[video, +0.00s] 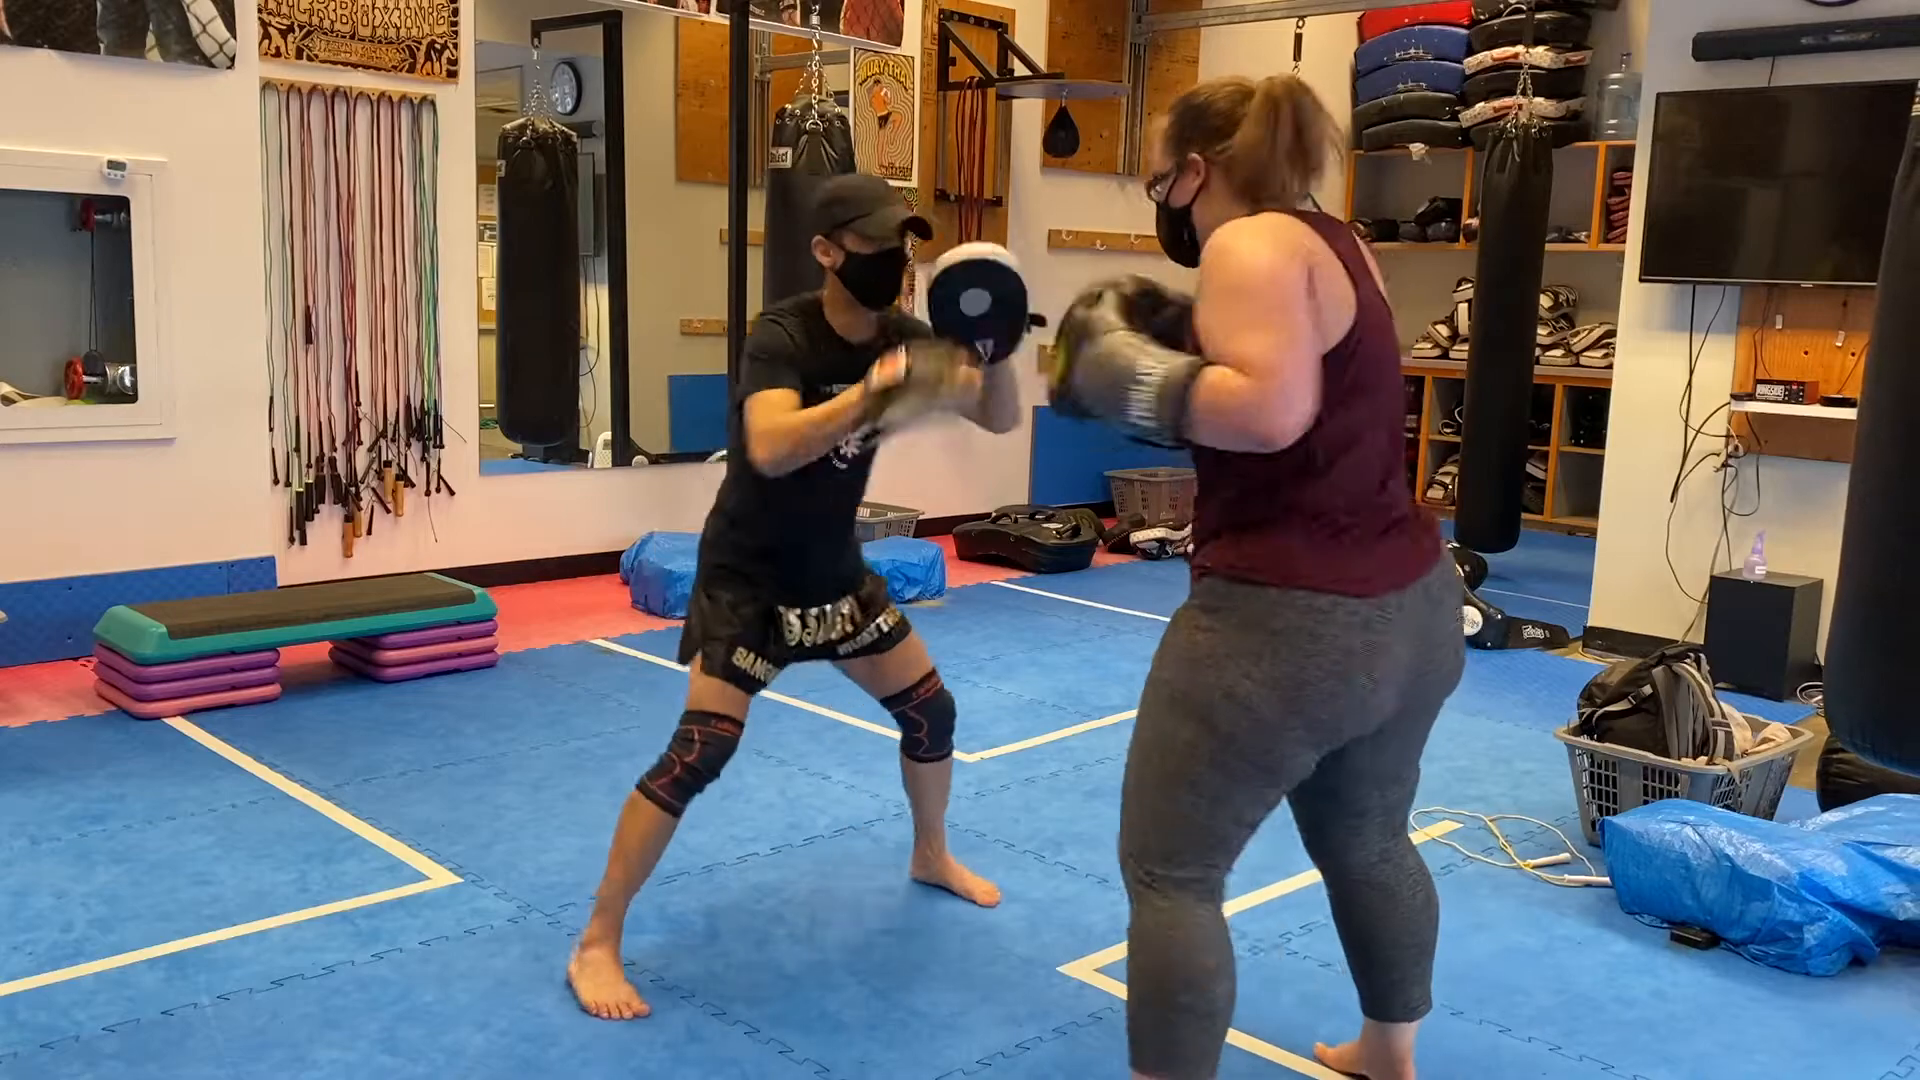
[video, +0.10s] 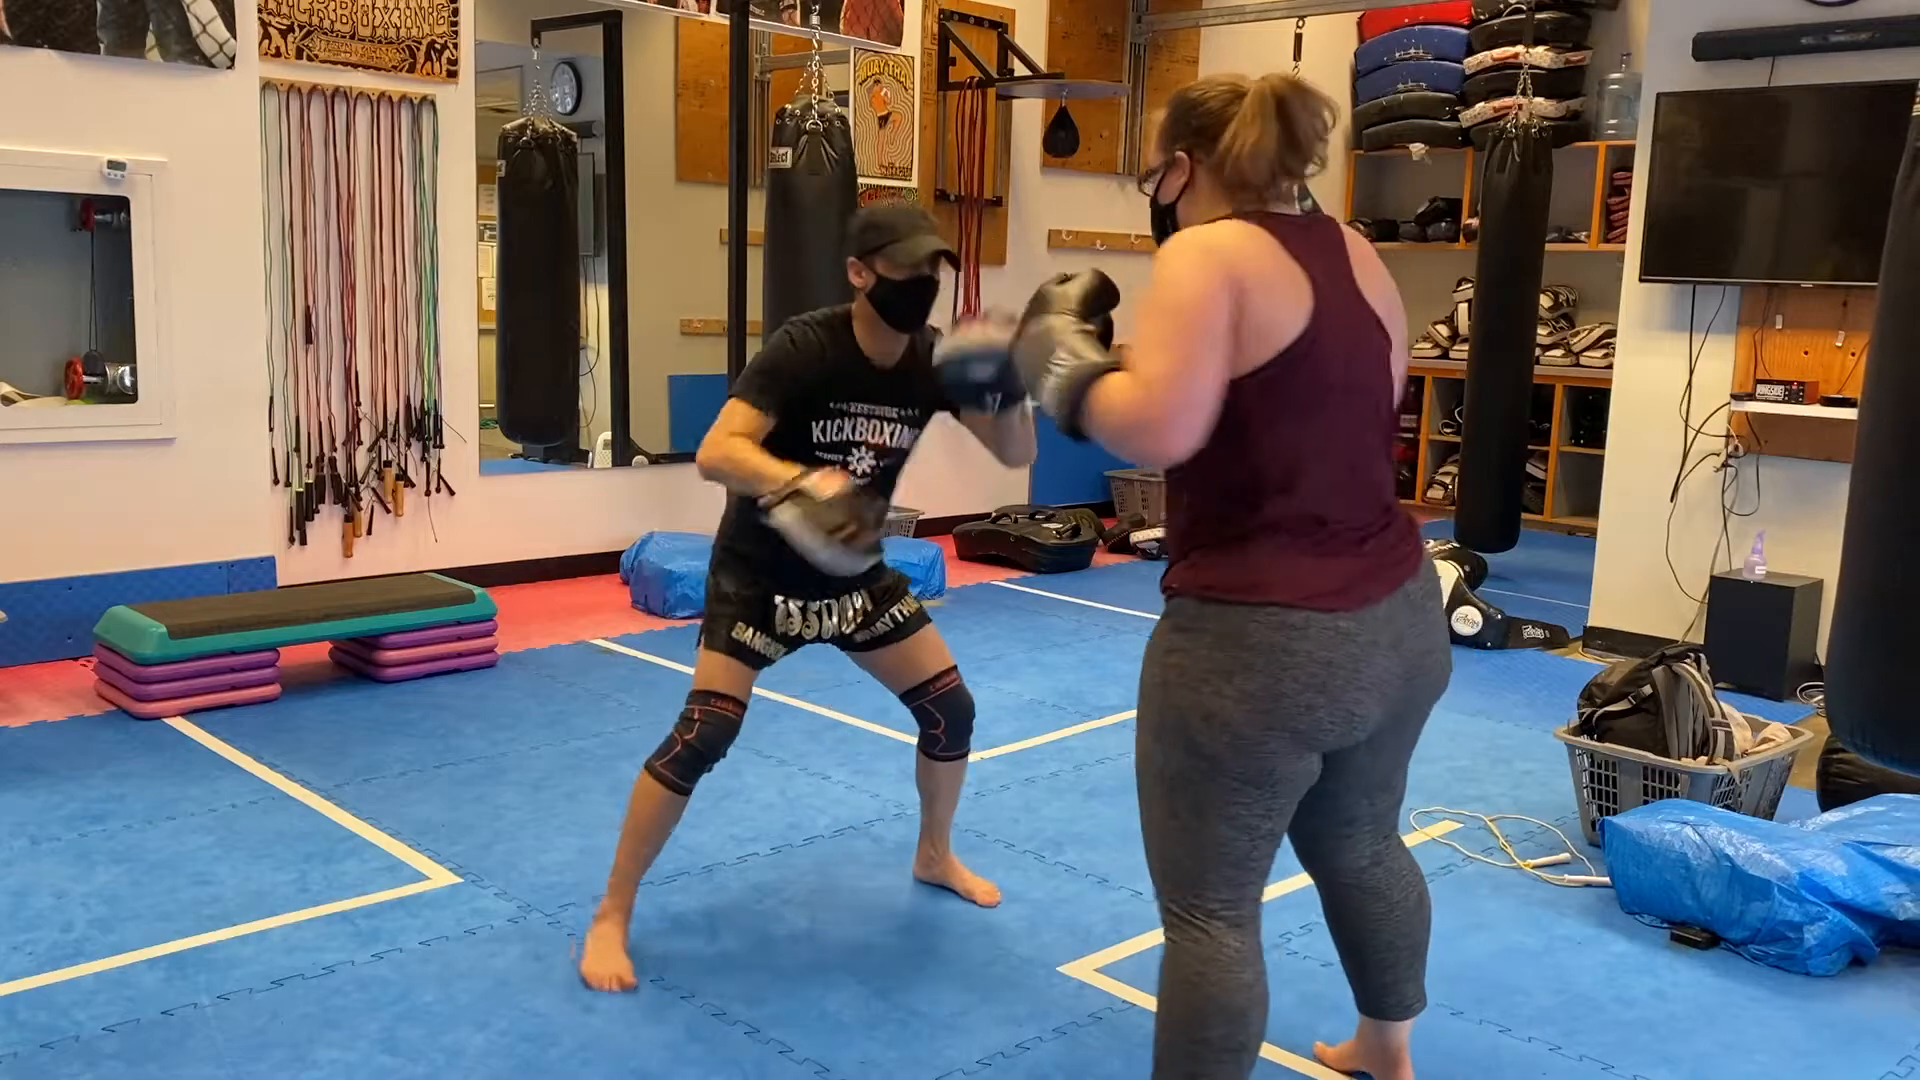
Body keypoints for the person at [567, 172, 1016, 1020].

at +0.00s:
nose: (898, 263)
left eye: (902, 247)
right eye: (880, 250)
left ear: (908, 243)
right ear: (829, 250)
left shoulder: (904, 338)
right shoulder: (777, 335)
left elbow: (1001, 417)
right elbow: (769, 448)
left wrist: (993, 340)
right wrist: (872, 392)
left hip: (834, 562)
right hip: (747, 566)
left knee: (929, 712)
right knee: (704, 745)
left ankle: (932, 856)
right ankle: (599, 941)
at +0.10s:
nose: (924, 296)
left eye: (933, 280)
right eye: (907, 282)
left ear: (944, 271)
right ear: (860, 274)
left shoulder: (933, 364)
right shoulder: (803, 346)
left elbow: (1017, 452)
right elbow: (716, 452)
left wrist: (1005, 372)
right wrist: (803, 482)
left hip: (856, 567)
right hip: (759, 563)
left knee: (948, 709)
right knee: (709, 728)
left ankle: (936, 854)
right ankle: (612, 916)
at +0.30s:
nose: (887, 288)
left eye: (893, 273)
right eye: (869, 276)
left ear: (900, 273)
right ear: (818, 278)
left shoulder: (907, 369)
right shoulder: (756, 359)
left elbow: (957, 445)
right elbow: (687, 419)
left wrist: (958, 469)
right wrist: (686, 473)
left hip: (847, 577)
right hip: (749, 579)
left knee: (936, 709)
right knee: (666, 733)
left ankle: (936, 855)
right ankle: (599, 818)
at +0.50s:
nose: (763, 266)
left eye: (771, 253)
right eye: (747, 253)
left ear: (778, 253)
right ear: (701, 251)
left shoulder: (794, 346)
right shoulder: (645, 340)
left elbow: (831, 420)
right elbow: (577, 419)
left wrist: (846, 463)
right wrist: (583, 467)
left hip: (760, 560)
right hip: (658, 558)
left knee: (837, 706)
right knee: (593, 714)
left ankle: (912, 846)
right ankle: (608, 811)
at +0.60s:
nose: (719, 242)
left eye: (727, 227)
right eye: (702, 228)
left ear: (738, 225)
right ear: (657, 226)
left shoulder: (759, 319)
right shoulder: (610, 317)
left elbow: (800, 400)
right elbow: (544, 405)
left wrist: (812, 439)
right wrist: (574, 437)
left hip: (731, 533)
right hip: (632, 535)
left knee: (792, 691)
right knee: (596, 702)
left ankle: (848, 838)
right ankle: (608, 811)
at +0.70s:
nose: (703, 213)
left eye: (710, 197)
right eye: (685, 201)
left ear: (721, 195)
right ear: (638, 201)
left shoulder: (741, 294)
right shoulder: (587, 295)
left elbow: (786, 364)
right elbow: (529, 397)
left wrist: (808, 392)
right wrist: (570, 403)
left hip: (720, 513)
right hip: (619, 518)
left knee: (758, 677)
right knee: (600, 683)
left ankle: (758, 837)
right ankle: (606, 806)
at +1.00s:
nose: (678, 232)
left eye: (685, 218)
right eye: (659, 219)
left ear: (695, 222)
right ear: (614, 225)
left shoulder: (714, 321)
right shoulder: (560, 312)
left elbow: (796, 395)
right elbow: (490, 418)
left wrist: (819, 387)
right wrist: (541, 417)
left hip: (673, 540)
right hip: (568, 538)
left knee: (714, 704)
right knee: (489, 698)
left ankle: (696, 848)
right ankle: (519, 795)